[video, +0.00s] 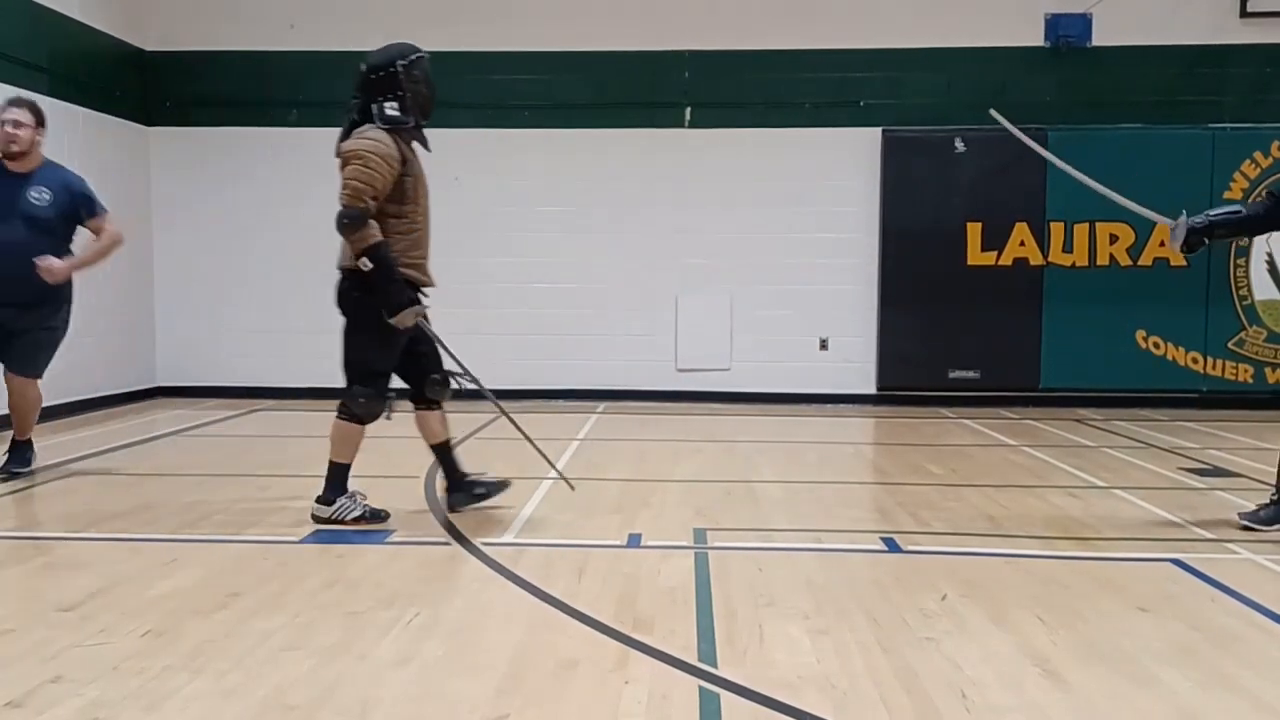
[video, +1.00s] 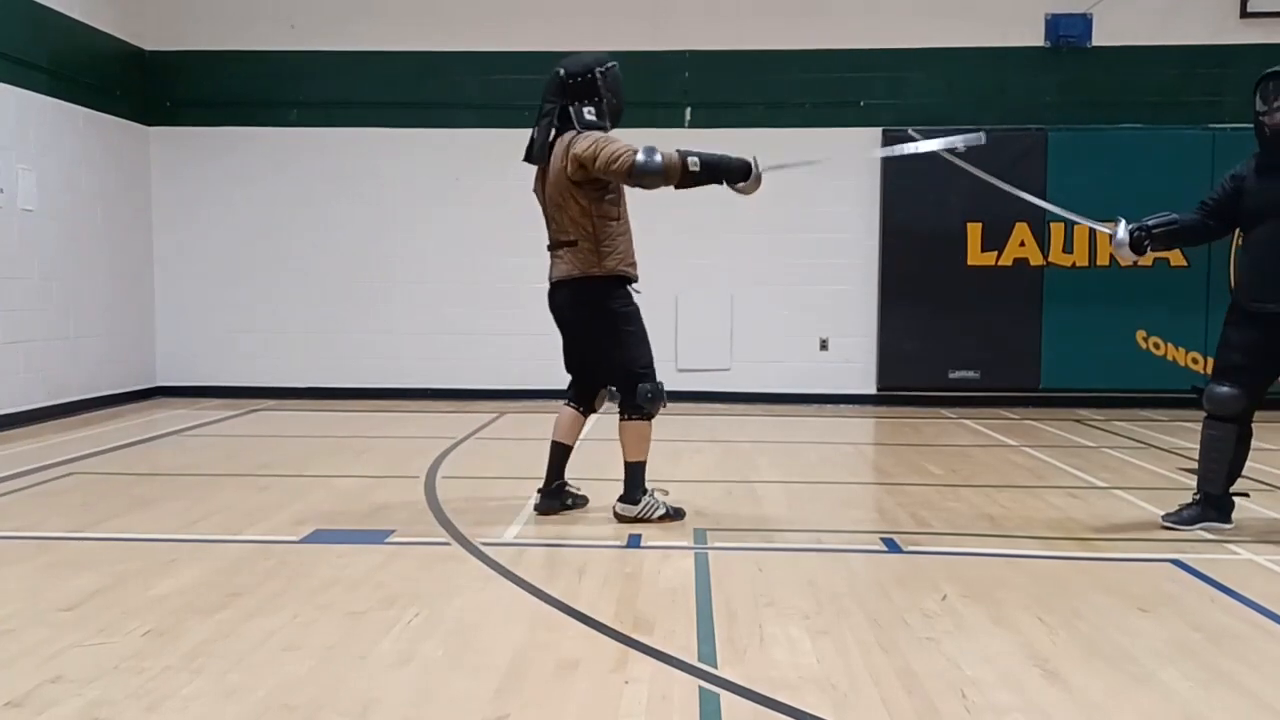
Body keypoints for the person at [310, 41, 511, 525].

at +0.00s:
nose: (429, 90)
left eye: (426, 80)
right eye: (420, 80)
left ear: (390, 87)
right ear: (397, 86)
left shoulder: (397, 141)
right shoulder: (375, 144)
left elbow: (388, 220)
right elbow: (352, 217)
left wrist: (409, 281)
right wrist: (391, 286)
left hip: (394, 286)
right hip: (371, 287)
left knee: (428, 380)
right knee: (365, 395)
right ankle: (333, 496)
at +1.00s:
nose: (616, 98)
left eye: (613, 89)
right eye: (610, 90)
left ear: (566, 97)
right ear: (593, 96)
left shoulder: (554, 146)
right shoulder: (586, 143)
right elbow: (648, 166)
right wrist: (723, 167)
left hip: (570, 290)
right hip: (602, 288)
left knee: (586, 383)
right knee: (640, 390)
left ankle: (552, 488)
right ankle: (634, 496)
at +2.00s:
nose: (660, 101)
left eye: (655, 92)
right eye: (652, 93)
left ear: (608, 103)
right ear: (638, 101)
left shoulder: (597, 154)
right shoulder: (641, 157)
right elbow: (698, 219)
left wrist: (731, 224)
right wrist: (767, 223)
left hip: (607, 297)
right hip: (642, 298)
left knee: (597, 394)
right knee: (699, 388)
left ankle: (551, 488)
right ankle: (708, 494)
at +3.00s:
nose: (685, 112)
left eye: (682, 103)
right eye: (678, 104)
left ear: (632, 111)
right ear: (664, 110)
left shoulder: (620, 162)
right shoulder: (655, 167)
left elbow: (635, 243)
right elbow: (663, 243)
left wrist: (721, 257)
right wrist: (731, 256)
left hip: (615, 304)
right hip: (648, 305)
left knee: (609, 397)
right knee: (717, 383)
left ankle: (554, 486)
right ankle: (698, 492)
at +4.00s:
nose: (647, 102)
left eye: (644, 93)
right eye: (641, 94)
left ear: (597, 100)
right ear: (627, 98)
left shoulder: (587, 152)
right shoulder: (622, 155)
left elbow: (647, 224)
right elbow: (655, 222)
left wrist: (717, 244)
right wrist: (724, 244)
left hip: (593, 293)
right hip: (628, 293)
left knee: (595, 388)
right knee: (671, 390)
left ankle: (553, 487)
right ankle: (682, 495)